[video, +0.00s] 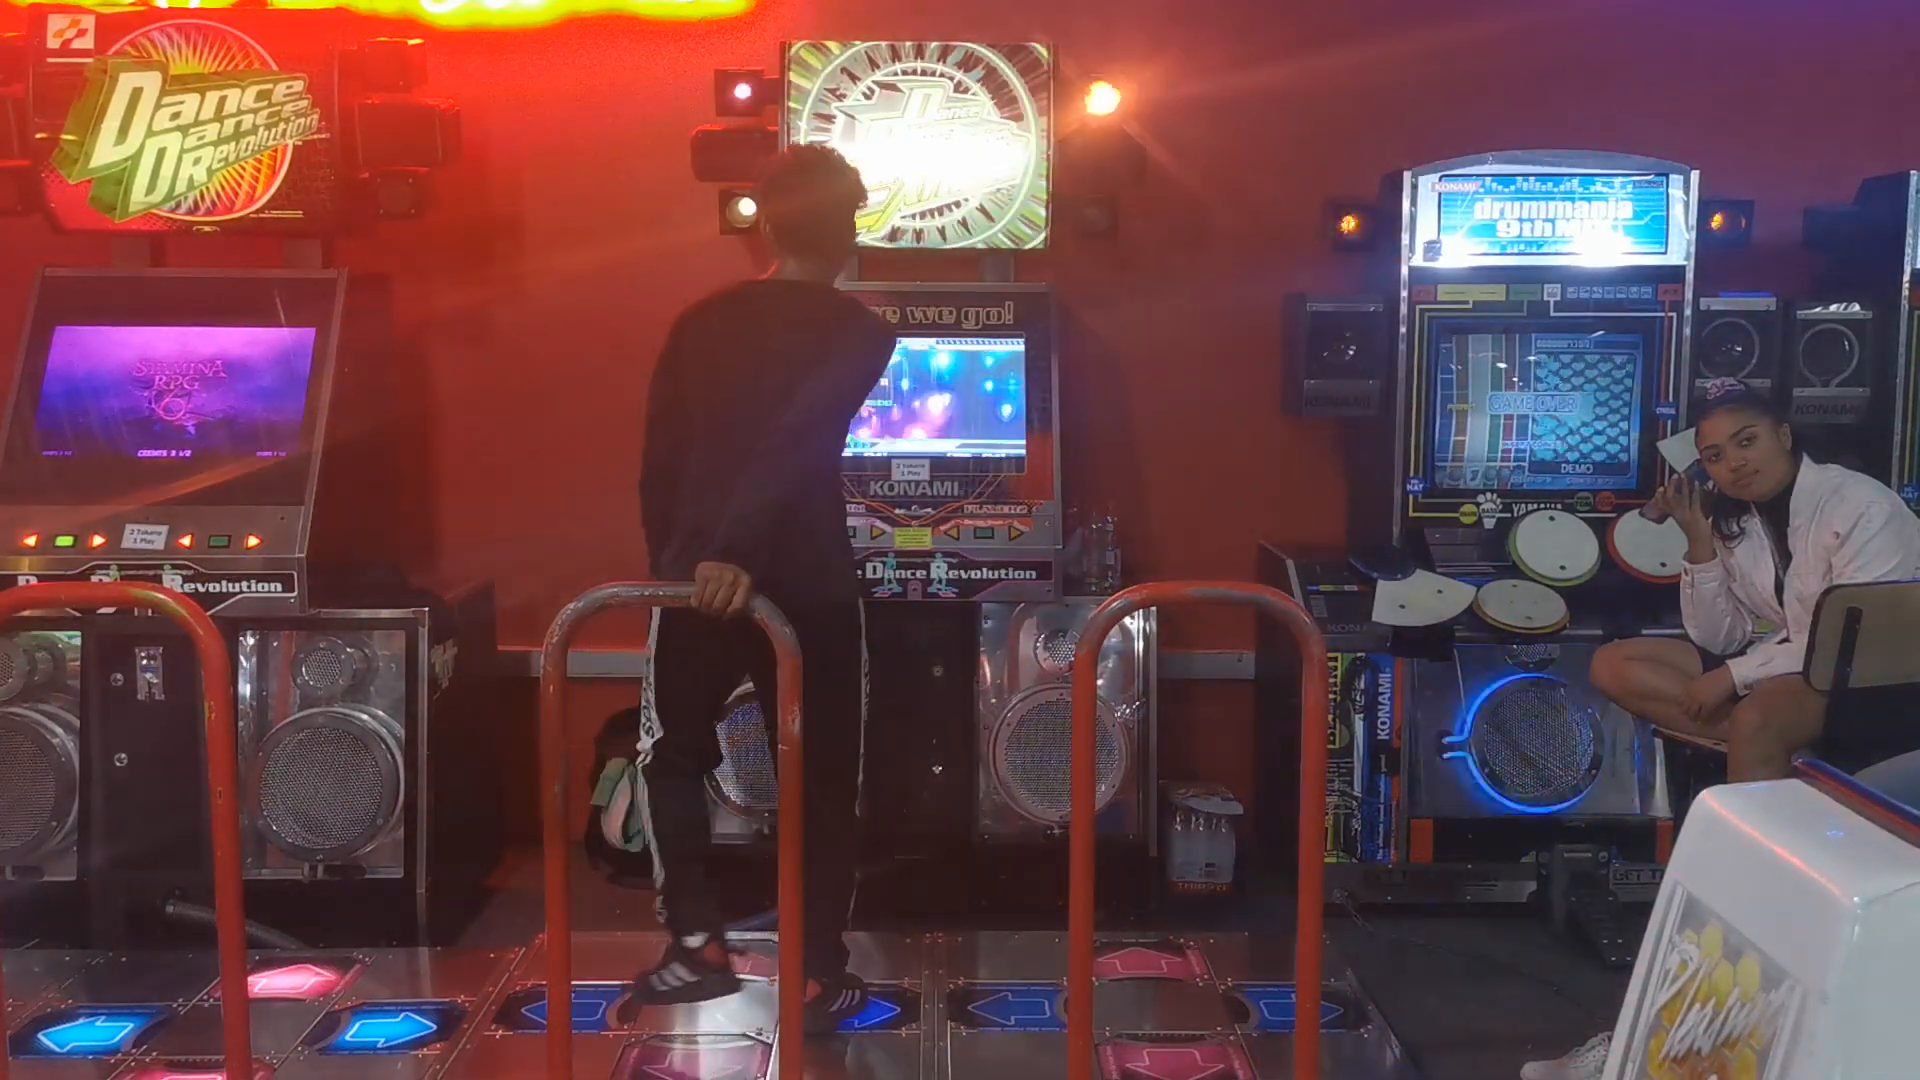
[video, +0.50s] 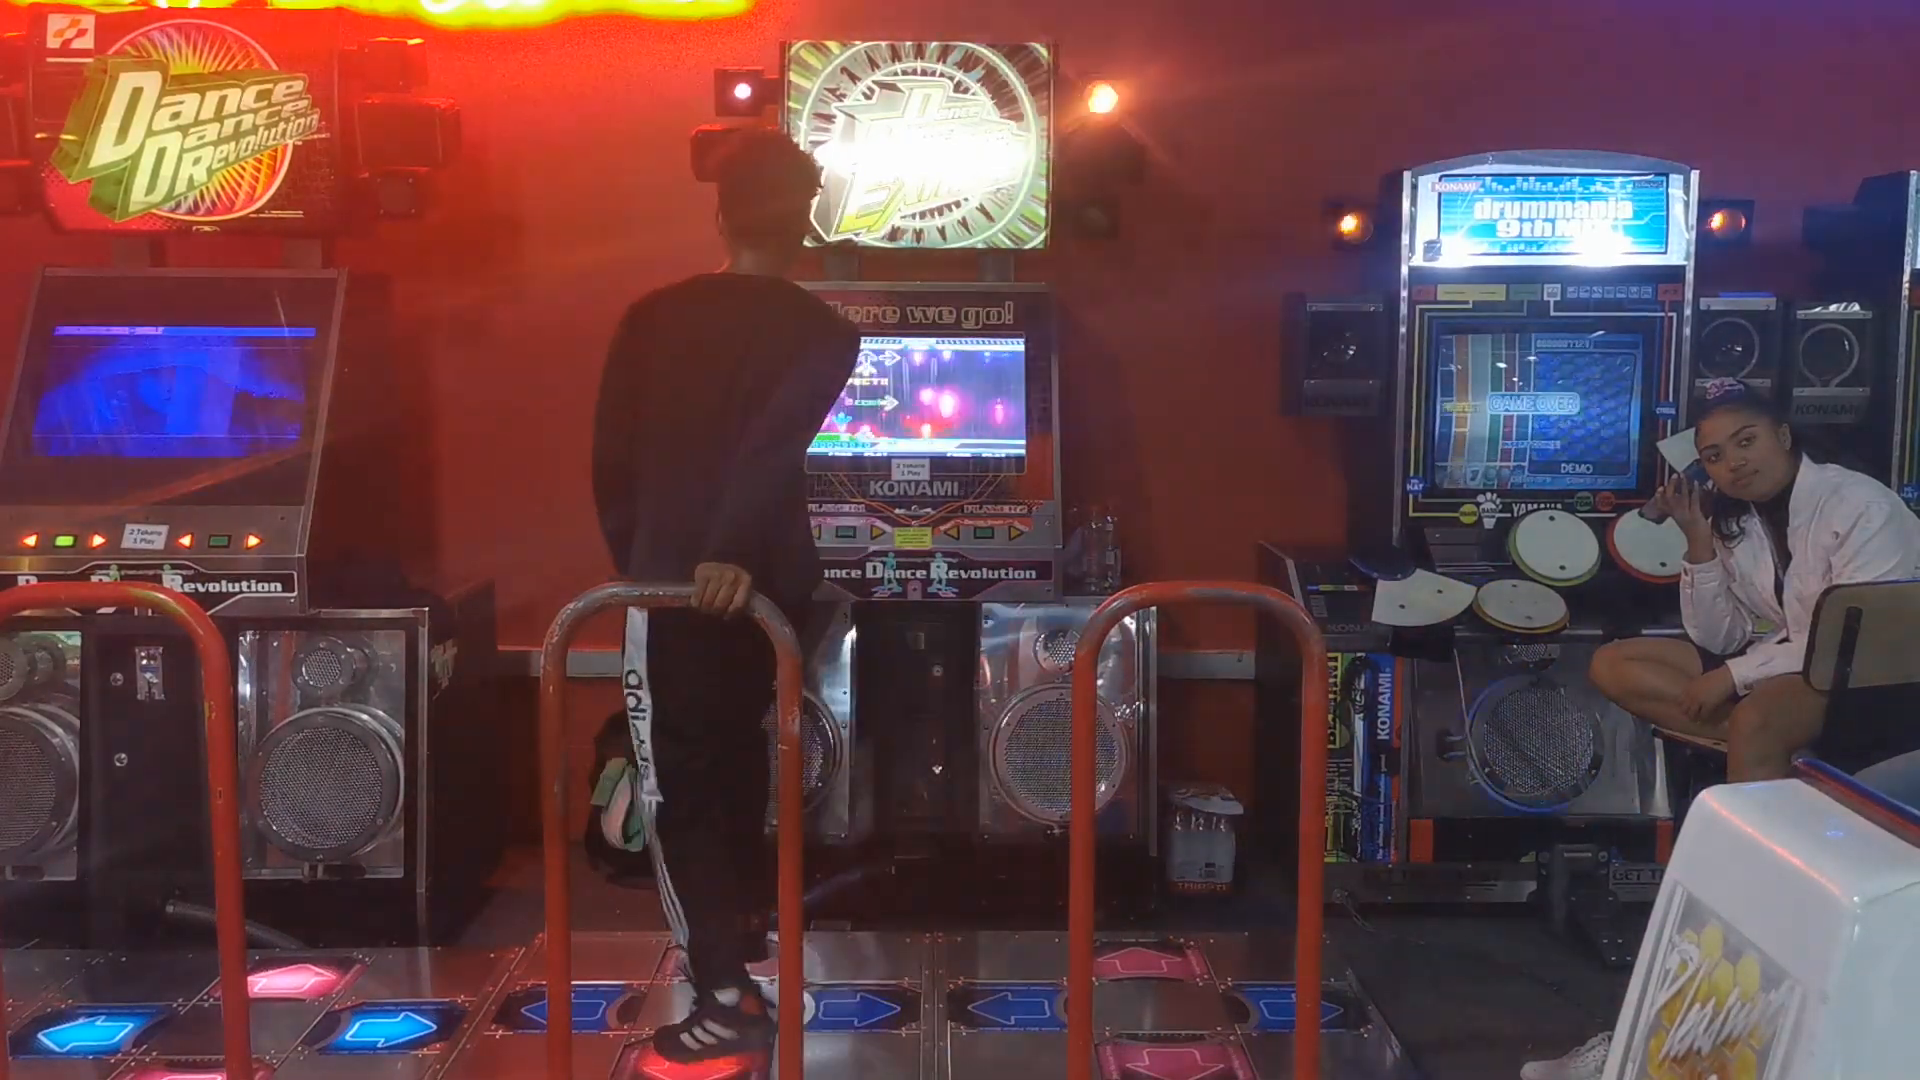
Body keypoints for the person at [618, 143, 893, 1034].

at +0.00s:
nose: (858, 237)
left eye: (846, 222)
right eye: (854, 224)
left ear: (770, 233)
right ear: (847, 234)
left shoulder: (702, 319)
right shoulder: (860, 325)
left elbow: (660, 459)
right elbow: (800, 434)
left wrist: (678, 568)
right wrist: (733, 545)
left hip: (695, 567)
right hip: (803, 560)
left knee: (676, 752)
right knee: (826, 764)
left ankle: (693, 949)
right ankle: (824, 974)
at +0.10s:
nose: (842, 234)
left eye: (830, 219)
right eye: (842, 221)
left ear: (761, 226)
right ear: (835, 228)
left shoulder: (691, 319)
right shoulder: (853, 323)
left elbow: (647, 455)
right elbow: (795, 431)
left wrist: (687, 554)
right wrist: (733, 546)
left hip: (696, 570)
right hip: (803, 563)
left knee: (689, 757)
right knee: (825, 761)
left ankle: (721, 963)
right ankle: (822, 970)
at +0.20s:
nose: (808, 244)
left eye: (791, 224)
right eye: (817, 227)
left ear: (744, 228)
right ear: (828, 228)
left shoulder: (679, 323)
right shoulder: (847, 317)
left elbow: (635, 460)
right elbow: (791, 428)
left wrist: (685, 543)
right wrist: (731, 540)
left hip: (689, 573)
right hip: (795, 568)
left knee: (703, 786)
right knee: (811, 781)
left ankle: (732, 1008)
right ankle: (820, 982)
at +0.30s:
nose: (813, 238)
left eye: (805, 222)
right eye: (813, 223)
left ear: (730, 223)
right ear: (810, 223)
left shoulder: (668, 317)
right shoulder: (835, 322)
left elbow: (630, 459)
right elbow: (786, 431)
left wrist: (674, 544)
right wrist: (731, 544)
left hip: (675, 580)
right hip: (781, 578)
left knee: (694, 797)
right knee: (791, 782)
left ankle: (730, 1012)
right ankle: (805, 983)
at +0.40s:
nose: (810, 224)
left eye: (804, 208)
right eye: (808, 210)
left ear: (725, 215)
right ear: (800, 215)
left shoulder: (655, 314)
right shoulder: (827, 323)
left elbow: (622, 453)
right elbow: (776, 431)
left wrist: (661, 547)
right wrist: (729, 543)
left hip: (673, 572)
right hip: (774, 570)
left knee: (689, 779)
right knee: (765, 774)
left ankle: (727, 1006)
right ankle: (759, 972)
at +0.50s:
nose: (798, 229)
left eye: (767, 212)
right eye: (802, 215)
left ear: (723, 219)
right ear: (803, 221)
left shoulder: (652, 315)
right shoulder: (824, 329)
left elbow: (612, 451)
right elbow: (773, 438)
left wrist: (642, 560)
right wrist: (729, 547)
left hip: (665, 576)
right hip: (765, 576)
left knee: (680, 782)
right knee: (740, 769)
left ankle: (717, 998)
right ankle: (731, 956)